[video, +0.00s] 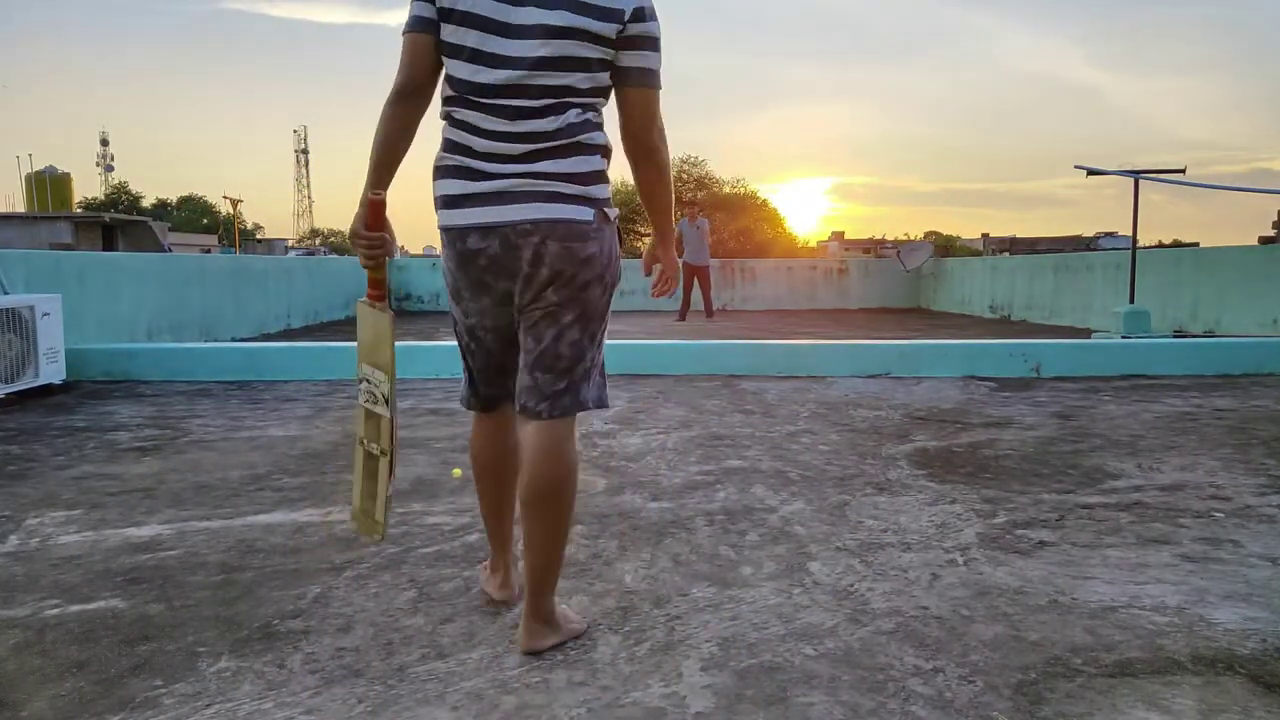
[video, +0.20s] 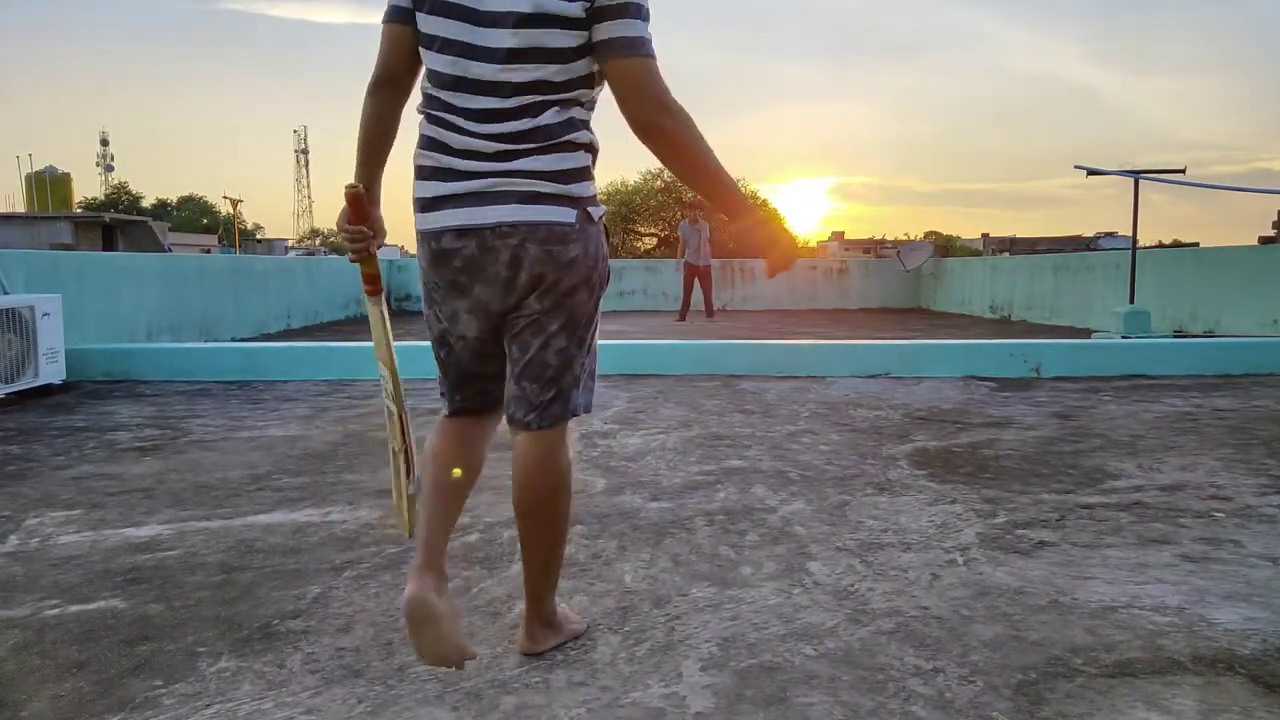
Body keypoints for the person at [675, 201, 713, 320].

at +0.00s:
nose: (691, 211)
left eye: (693, 208)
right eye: (689, 208)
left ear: (698, 209)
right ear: (686, 210)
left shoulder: (703, 222)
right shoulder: (682, 223)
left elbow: (707, 239)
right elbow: (677, 239)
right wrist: (681, 251)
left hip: (702, 261)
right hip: (688, 260)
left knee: (706, 291)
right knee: (686, 291)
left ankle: (709, 315)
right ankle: (682, 315)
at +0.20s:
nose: (692, 214)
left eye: (695, 211)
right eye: (690, 211)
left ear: (699, 212)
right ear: (687, 211)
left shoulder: (704, 225)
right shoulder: (683, 225)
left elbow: (707, 243)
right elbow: (681, 242)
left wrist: (708, 260)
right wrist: (679, 259)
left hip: (704, 262)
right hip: (689, 261)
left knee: (707, 292)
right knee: (687, 292)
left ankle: (710, 316)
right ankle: (682, 316)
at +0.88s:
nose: (700, 218)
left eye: (702, 215)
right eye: (696, 215)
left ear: (704, 216)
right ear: (691, 216)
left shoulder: (707, 229)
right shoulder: (687, 229)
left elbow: (711, 242)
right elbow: (685, 242)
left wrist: (709, 250)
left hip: (703, 263)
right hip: (688, 263)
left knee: (708, 290)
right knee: (683, 289)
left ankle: (710, 314)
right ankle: (678, 314)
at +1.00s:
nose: (693, 218)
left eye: (694, 215)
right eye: (691, 215)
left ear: (697, 215)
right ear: (686, 216)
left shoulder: (700, 227)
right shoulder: (681, 228)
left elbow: (705, 241)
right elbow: (684, 247)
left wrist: (708, 245)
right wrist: (702, 248)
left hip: (699, 264)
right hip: (685, 263)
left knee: (704, 290)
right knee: (681, 291)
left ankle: (709, 314)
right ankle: (678, 314)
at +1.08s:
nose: (693, 217)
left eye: (693, 214)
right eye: (690, 214)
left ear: (694, 215)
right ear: (684, 215)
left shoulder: (696, 226)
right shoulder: (677, 227)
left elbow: (702, 241)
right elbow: (678, 244)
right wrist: (697, 246)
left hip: (696, 263)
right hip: (682, 262)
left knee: (701, 290)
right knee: (679, 291)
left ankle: (707, 313)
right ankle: (678, 313)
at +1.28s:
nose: (686, 212)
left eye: (687, 209)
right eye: (684, 209)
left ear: (688, 211)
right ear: (679, 210)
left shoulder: (692, 223)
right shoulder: (672, 225)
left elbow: (697, 235)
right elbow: (669, 239)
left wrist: (699, 239)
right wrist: (687, 242)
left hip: (693, 259)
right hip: (679, 259)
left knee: (696, 285)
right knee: (679, 287)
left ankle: (691, 307)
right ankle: (678, 312)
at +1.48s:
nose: (682, 213)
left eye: (684, 210)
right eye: (680, 210)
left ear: (687, 211)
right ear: (675, 211)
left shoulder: (691, 223)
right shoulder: (671, 224)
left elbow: (701, 236)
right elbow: (662, 235)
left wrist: (691, 233)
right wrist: (674, 233)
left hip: (688, 258)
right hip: (675, 257)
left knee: (685, 285)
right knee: (678, 285)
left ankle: (682, 309)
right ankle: (677, 310)